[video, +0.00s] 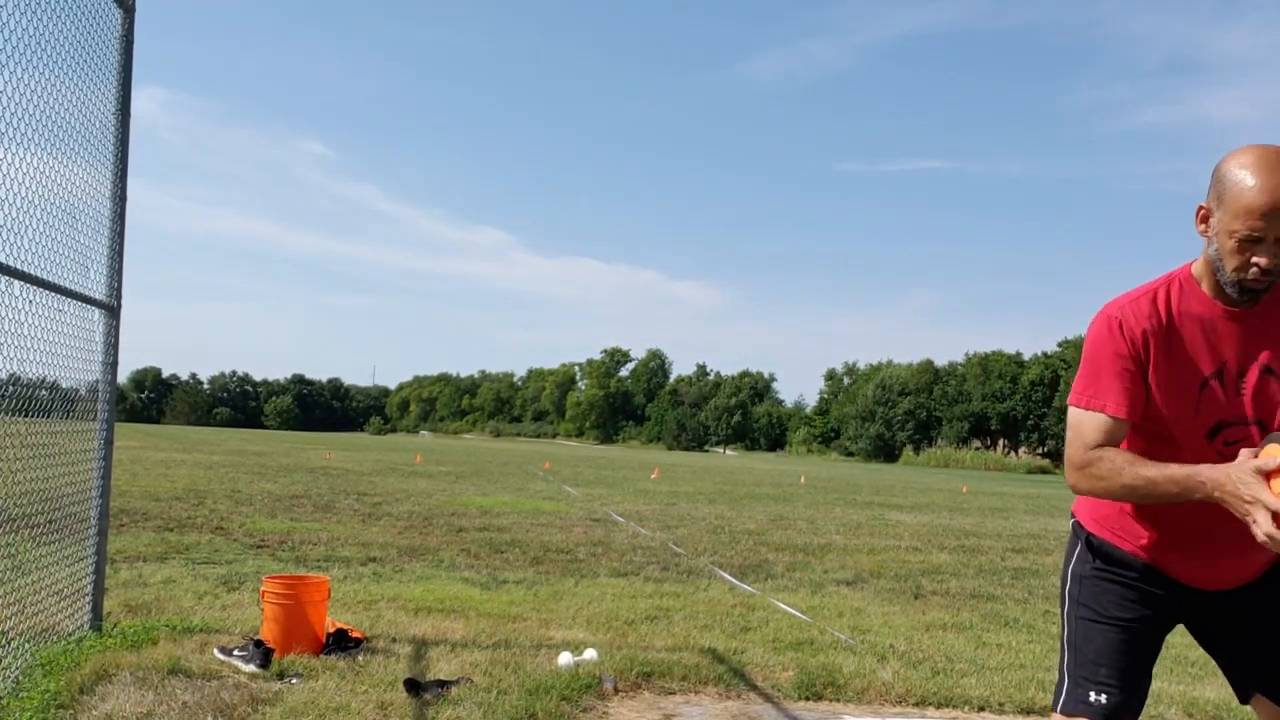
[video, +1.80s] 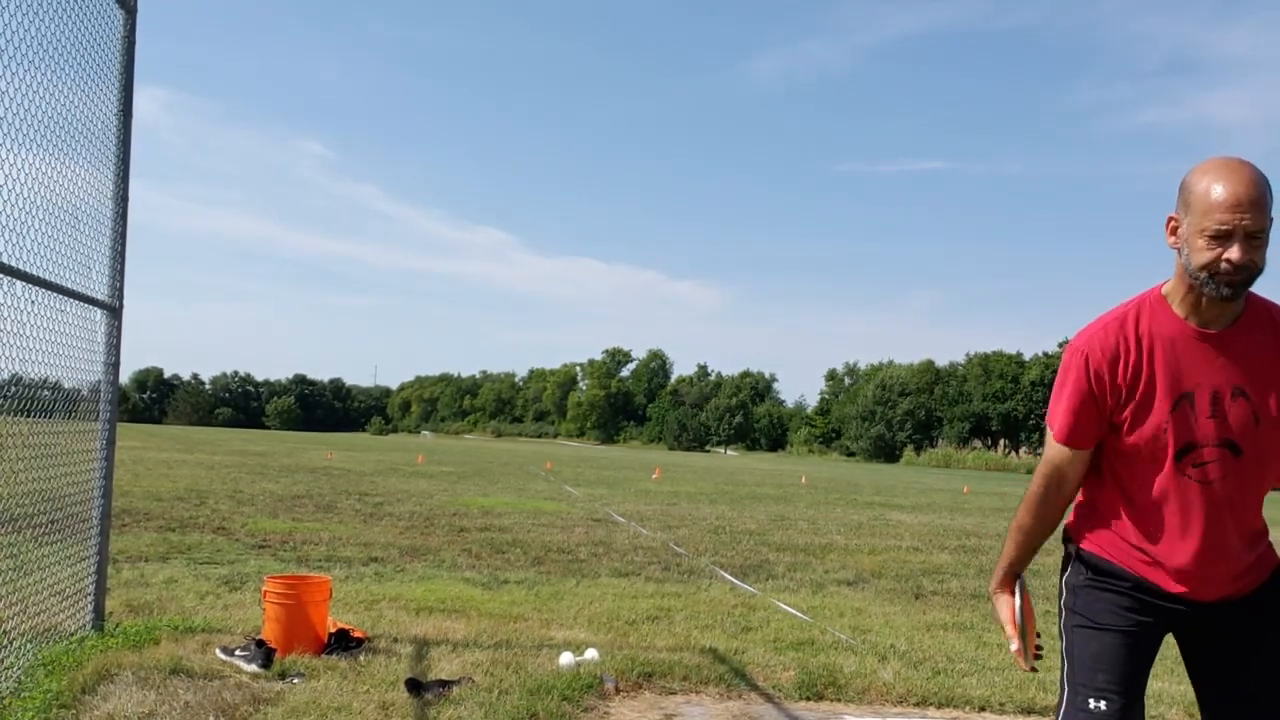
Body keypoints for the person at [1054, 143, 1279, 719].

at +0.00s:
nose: (1266, 261)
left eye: (1278, 243)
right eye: (1249, 242)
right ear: (1205, 222)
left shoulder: (1278, 317)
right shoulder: (1130, 324)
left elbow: (1275, 428)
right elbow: (1085, 466)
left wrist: (1275, 458)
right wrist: (1214, 481)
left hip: (1251, 563)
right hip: (1126, 557)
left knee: (1279, 703)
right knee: (1088, 713)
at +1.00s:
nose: (1223, 259)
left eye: (1239, 241)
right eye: (1206, 240)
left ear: (1260, 238)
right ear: (1167, 233)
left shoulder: (1274, 332)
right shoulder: (1111, 337)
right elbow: (1109, 484)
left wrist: (1268, 529)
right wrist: (1193, 526)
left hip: (1234, 570)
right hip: (1111, 565)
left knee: (1274, 704)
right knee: (1090, 711)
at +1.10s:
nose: (1221, 261)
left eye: (1236, 242)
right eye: (1202, 243)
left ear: (1253, 239)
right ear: (1161, 238)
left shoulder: (1271, 338)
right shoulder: (1102, 346)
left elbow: (1273, 465)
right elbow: (1099, 486)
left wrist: (1275, 555)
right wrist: (1139, 580)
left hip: (1226, 574)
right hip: (1108, 567)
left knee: (1272, 703)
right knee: (1091, 709)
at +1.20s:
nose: (1222, 256)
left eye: (1236, 236)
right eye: (1203, 238)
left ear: (1252, 234)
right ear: (1160, 235)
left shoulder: (1273, 338)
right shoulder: (1103, 346)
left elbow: (1279, 481)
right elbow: (1082, 495)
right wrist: (1081, 615)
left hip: (1238, 574)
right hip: (1124, 572)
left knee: (1270, 706)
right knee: (1091, 709)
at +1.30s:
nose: (1229, 248)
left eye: (1243, 229)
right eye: (1210, 229)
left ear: (1257, 229)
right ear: (1167, 227)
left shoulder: (1273, 331)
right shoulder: (1106, 340)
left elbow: (1278, 474)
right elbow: (1061, 482)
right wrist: (1027, 605)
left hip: (1240, 572)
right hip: (1121, 566)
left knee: (1265, 706)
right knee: (1088, 707)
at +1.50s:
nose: (1248, 247)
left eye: (1261, 229)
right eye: (1228, 228)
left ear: (1276, 230)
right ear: (1183, 226)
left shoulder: (1277, 330)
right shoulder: (1115, 339)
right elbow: (1055, 452)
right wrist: (989, 534)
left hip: (1245, 570)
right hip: (1122, 563)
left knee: (1260, 707)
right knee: (1096, 709)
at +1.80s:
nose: (1238, 255)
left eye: (1253, 237)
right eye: (1219, 237)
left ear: (1269, 236)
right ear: (1175, 232)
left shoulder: (1275, 338)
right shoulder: (1105, 346)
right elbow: (1058, 474)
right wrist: (1004, 576)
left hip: (1242, 574)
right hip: (1118, 570)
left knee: (1257, 707)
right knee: (1095, 711)